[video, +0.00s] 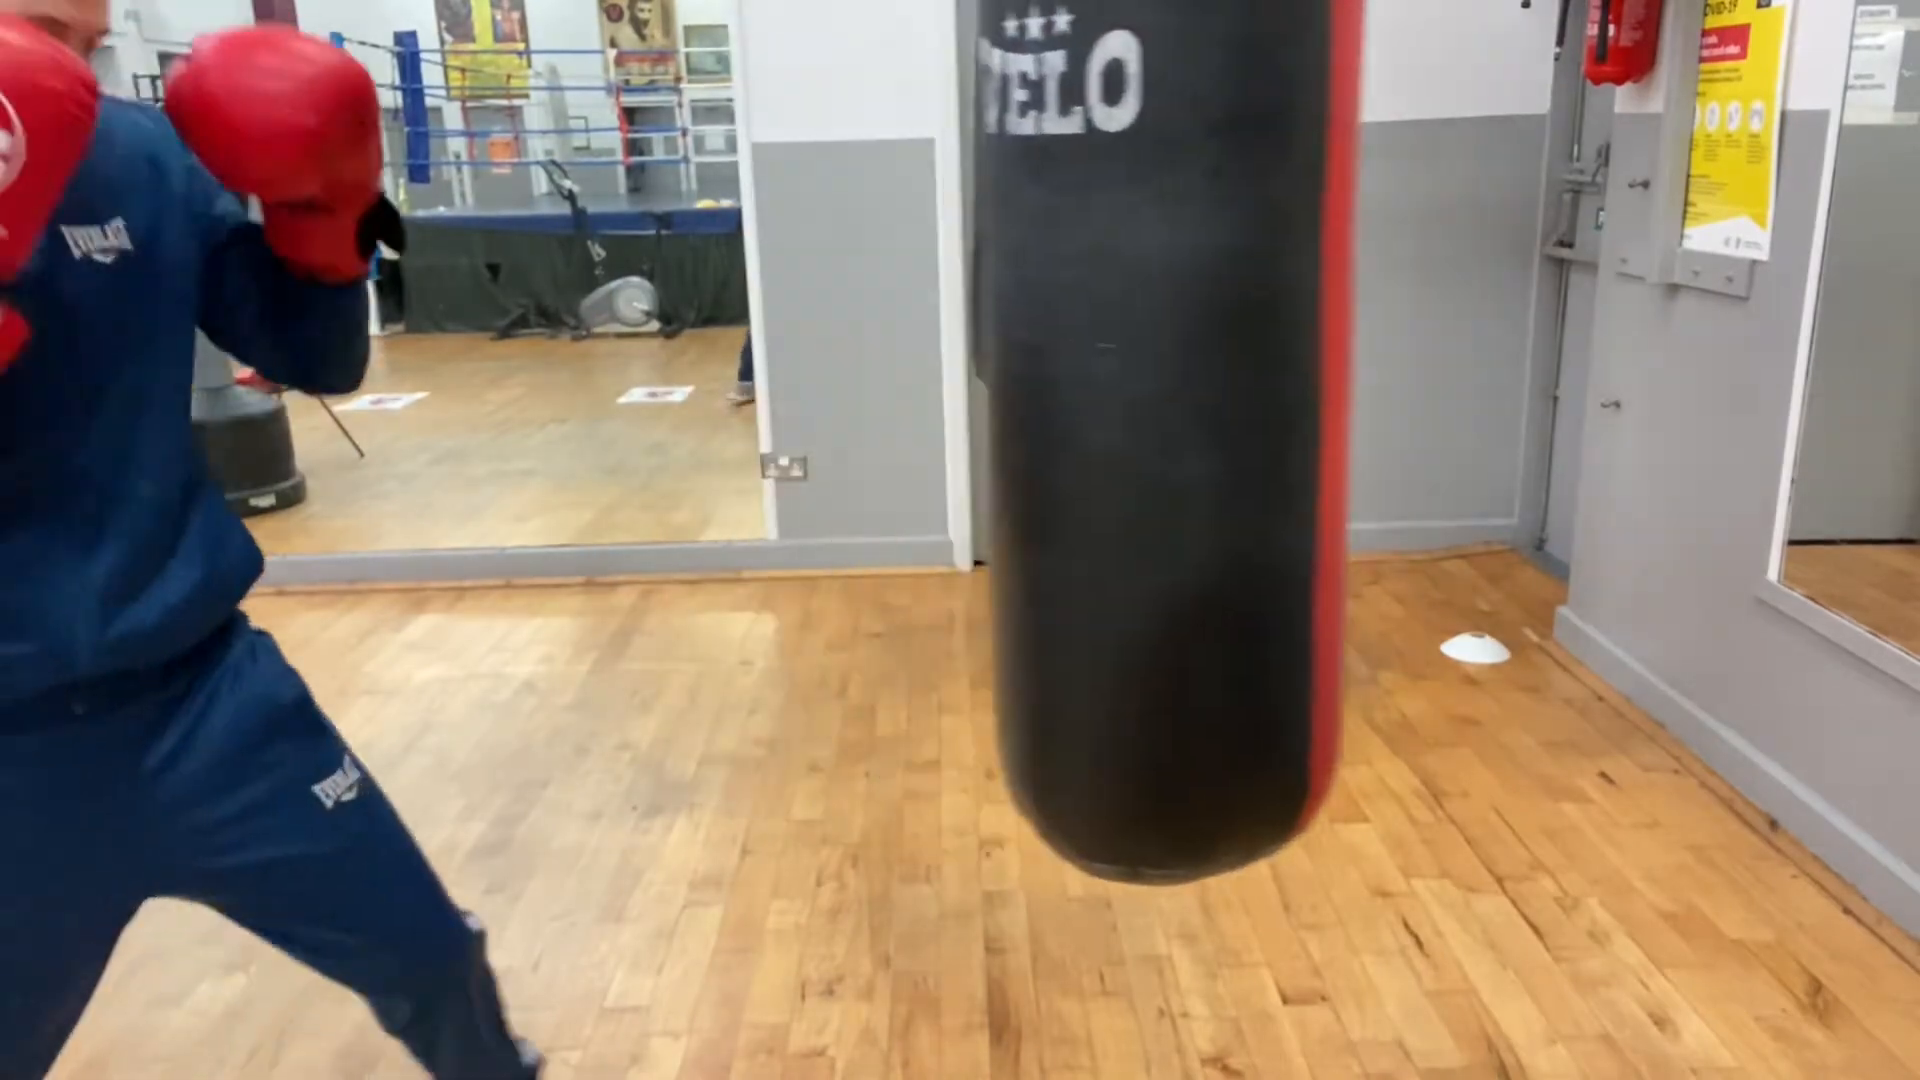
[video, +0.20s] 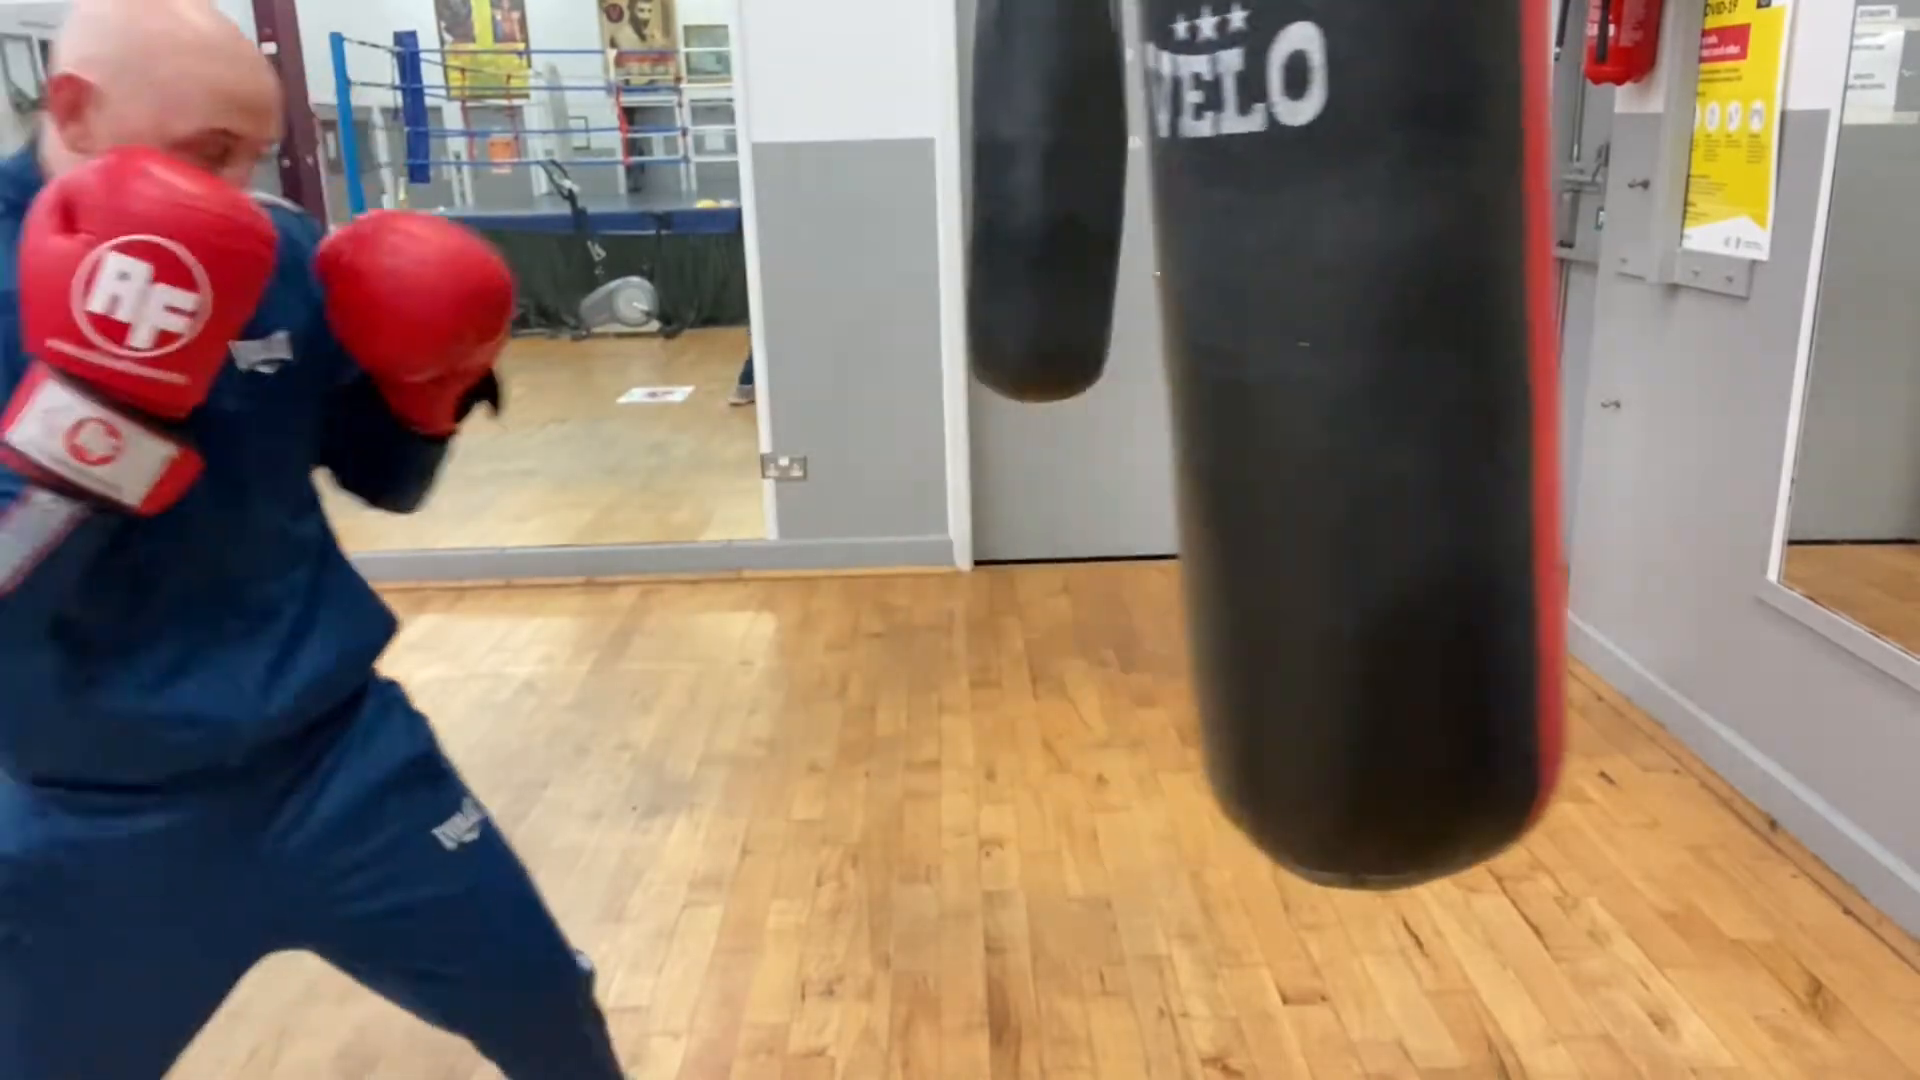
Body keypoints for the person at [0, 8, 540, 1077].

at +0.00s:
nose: (76, 35)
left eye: (83, 24)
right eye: (45, 26)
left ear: (104, 21)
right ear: (7, 20)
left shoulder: (143, 154)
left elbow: (317, 359)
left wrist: (321, 212)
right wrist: (13, 230)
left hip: (207, 697)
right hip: (27, 748)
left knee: (436, 963)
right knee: (13, 1052)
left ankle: (500, 1072)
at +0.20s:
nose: (244, 194)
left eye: (257, 157)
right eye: (210, 153)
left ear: (273, 134)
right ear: (74, 118)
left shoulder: (284, 258)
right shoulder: (6, 281)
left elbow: (382, 476)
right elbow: (16, 582)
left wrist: (428, 390)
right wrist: (87, 414)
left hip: (336, 767)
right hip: (84, 825)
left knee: (553, 1012)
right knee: (46, 1070)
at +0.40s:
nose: (432, 97)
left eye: (445, 62)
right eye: (405, 56)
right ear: (270, 24)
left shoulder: (440, 178)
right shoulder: (100, 206)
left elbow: (584, 381)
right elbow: (200, 489)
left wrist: (604, 251)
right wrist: (325, 281)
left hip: (479, 716)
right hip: (255, 761)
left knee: (614, 987)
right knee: (202, 1070)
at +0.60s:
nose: (511, 96)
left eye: (518, 59)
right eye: (483, 55)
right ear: (355, 40)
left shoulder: (470, 196)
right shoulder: (186, 220)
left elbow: (593, 434)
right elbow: (335, 492)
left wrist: (635, 312)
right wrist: (444, 259)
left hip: (573, 677)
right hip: (392, 763)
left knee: (767, 891)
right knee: (425, 1064)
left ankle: (703, 1064)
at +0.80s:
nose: (671, 157)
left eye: (679, 123)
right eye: (641, 121)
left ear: (689, 116)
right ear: (515, 101)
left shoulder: (695, 244)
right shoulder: (355, 274)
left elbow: (859, 325)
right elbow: (372, 548)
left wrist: (982, 281)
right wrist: (506, 359)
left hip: (712, 727)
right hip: (494, 768)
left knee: (907, 923)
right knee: (424, 1059)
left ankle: (1008, 1036)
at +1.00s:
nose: (936, 216)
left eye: (942, 187)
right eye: (916, 186)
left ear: (823, 167)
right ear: (812, 166)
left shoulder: (873, 292)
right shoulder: (686, 274)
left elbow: (913, 446)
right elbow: (628, 477)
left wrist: (1040, 396)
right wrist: (863, 385)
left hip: (807, 704)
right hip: (655, 741)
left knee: (960, 881)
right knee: (637, 1066)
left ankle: (1008, 1050)